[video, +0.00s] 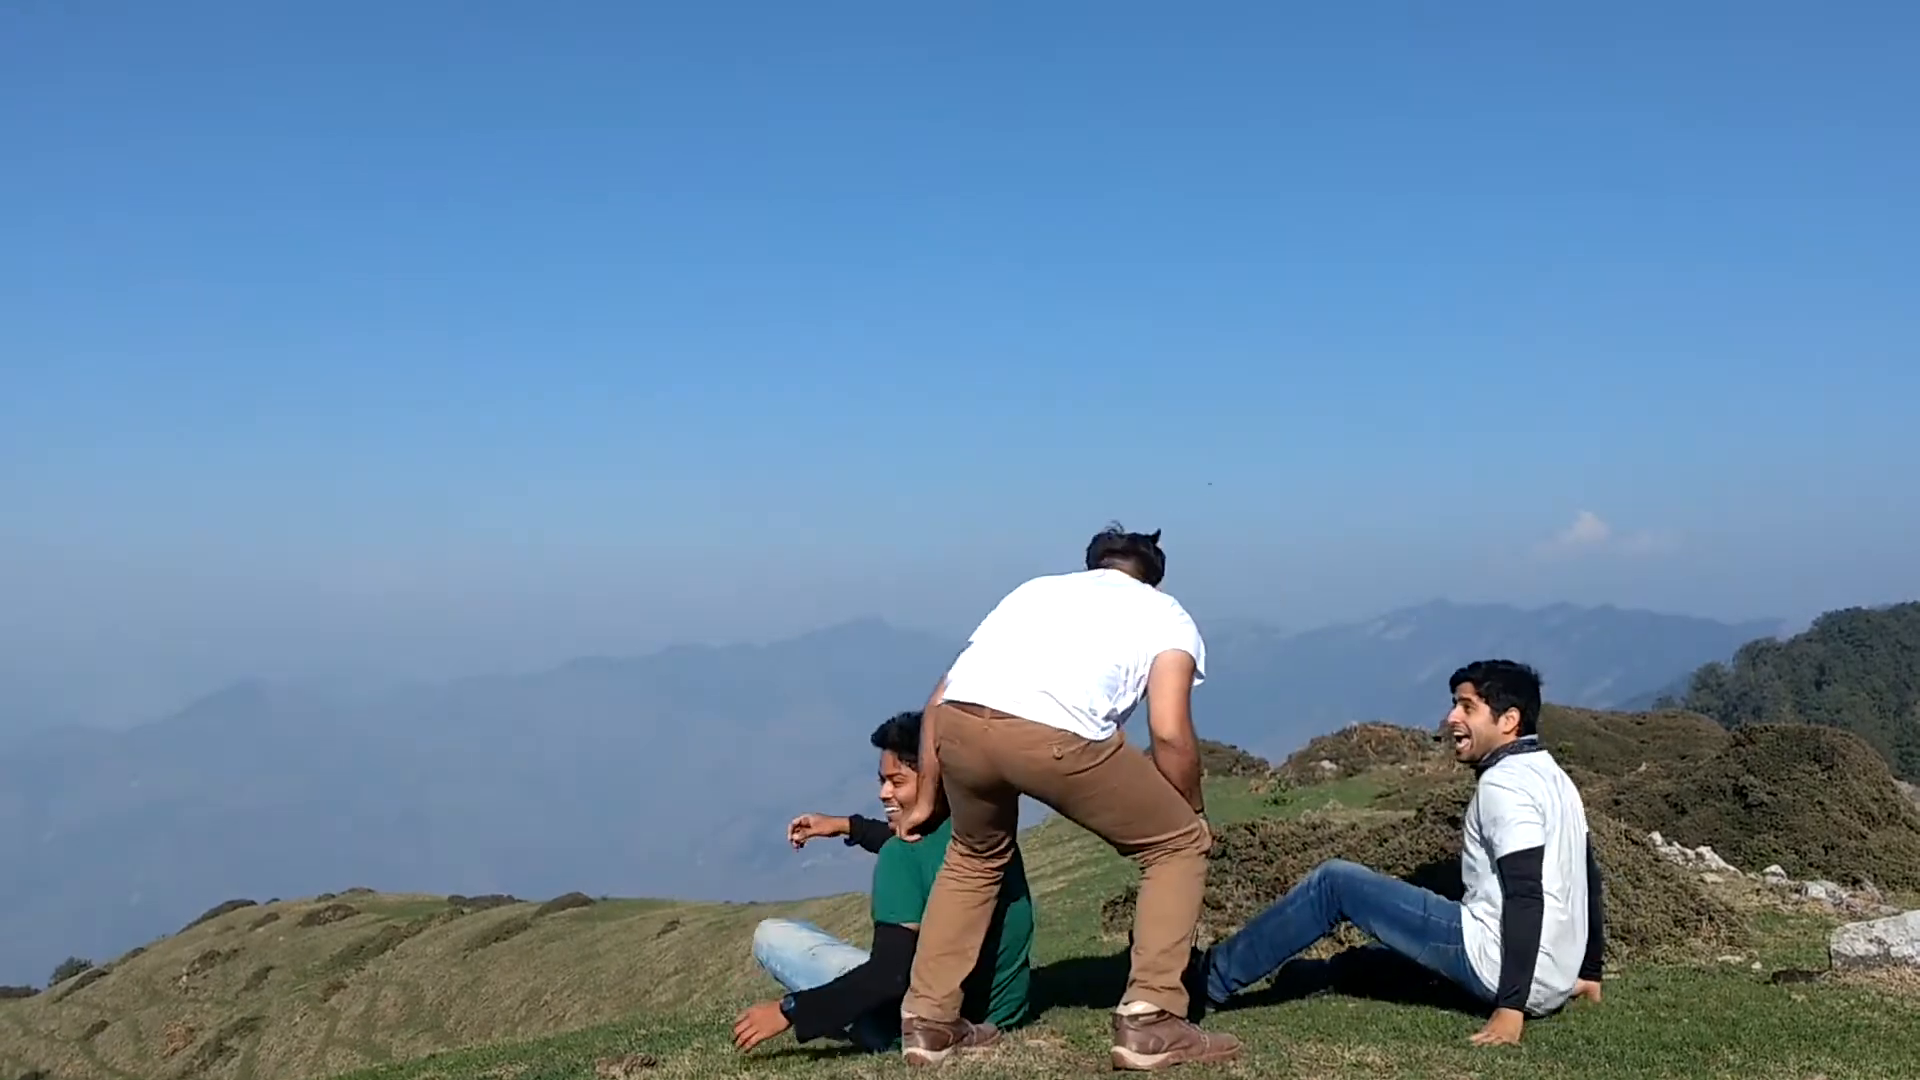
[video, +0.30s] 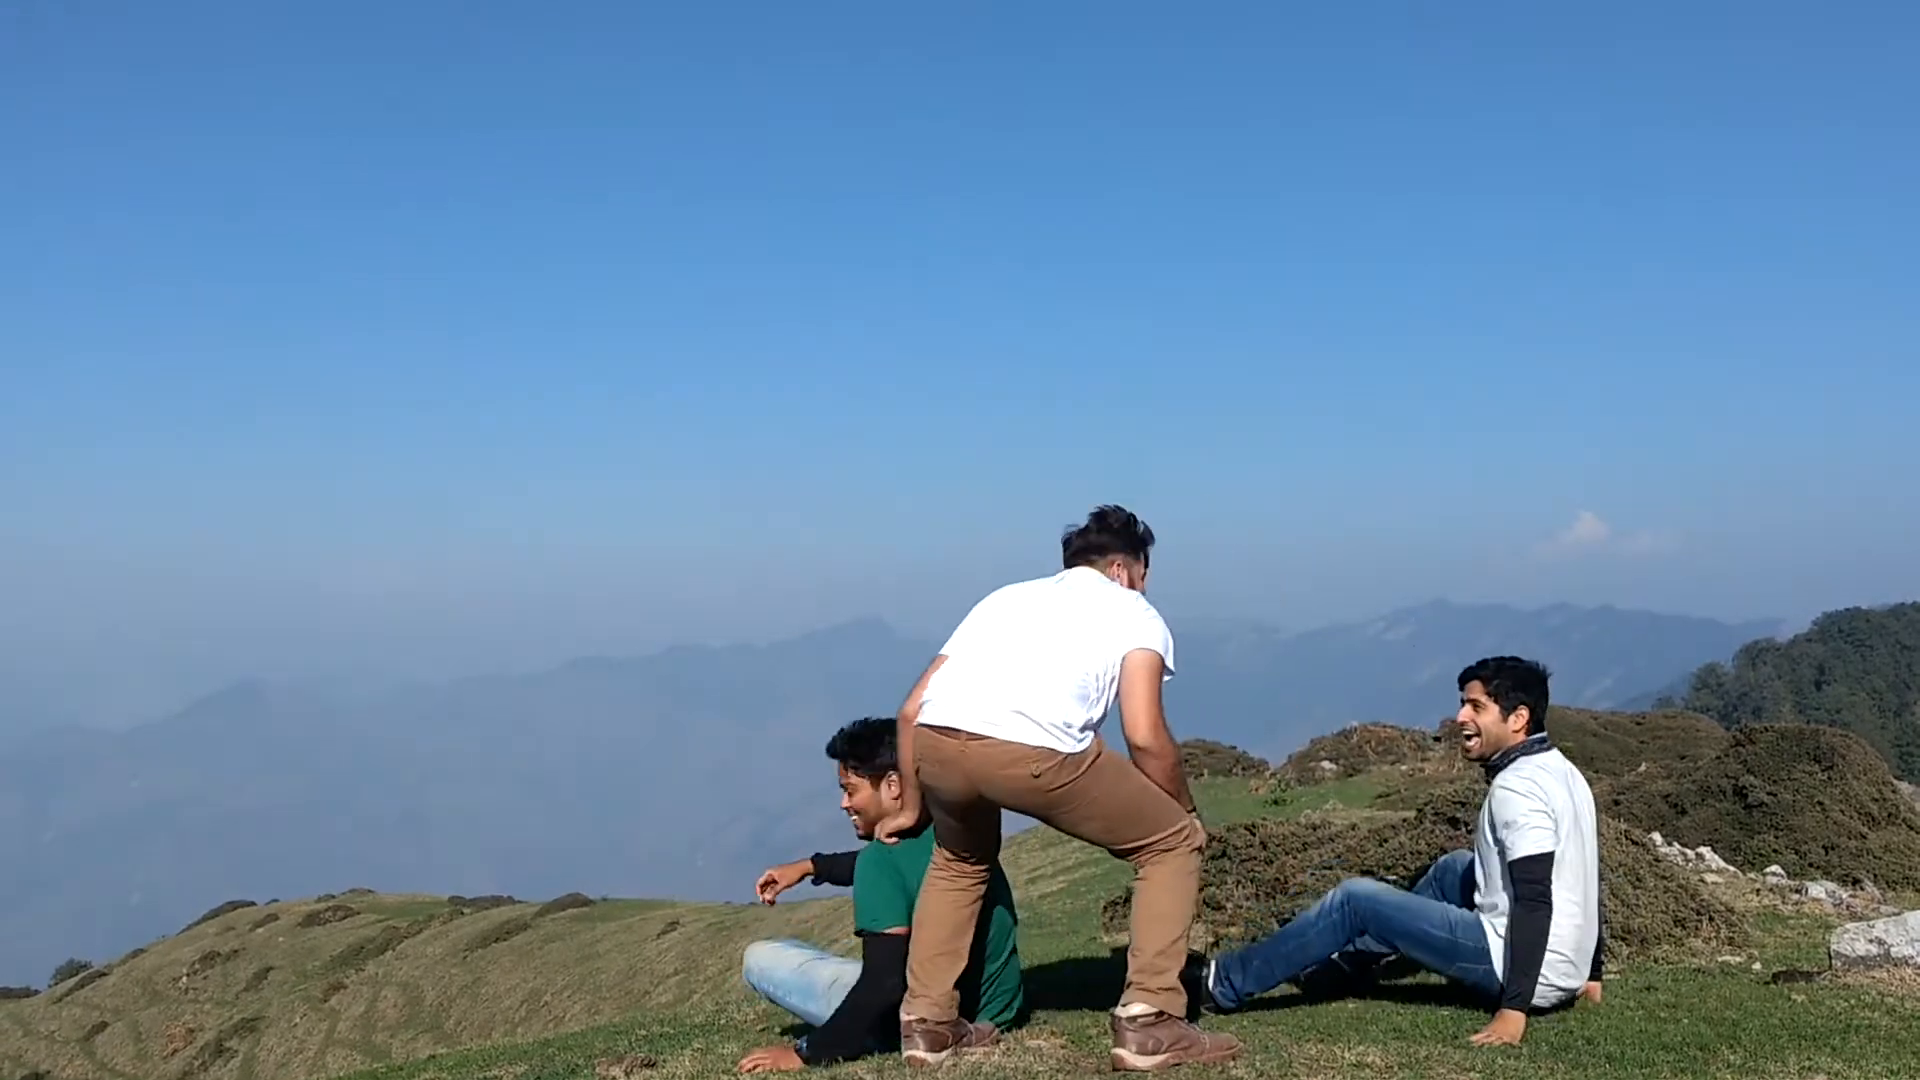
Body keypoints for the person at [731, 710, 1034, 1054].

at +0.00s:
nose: (884, 794)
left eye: (896, 781)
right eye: (883, 780)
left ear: (933, 778)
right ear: (940, 781)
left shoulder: (902, 852)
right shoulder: (986, 829)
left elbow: (890, 975)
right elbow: (916, 840)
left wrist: (789, 1011)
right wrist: (847, 827)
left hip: (937, 1023)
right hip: (1006, 1007)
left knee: (770, 933)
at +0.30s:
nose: (844, 804)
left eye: (850, 790)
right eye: (844, 790)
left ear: (892, 787)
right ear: (894, 786)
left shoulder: (879, 862)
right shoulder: (955, 831)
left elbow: (884, 984)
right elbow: (887, 860)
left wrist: (806, 1052)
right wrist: (810, 867)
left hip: (944, 1023)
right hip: (1001, 1003)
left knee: (759, 956)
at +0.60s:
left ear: (836, 796)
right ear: (905, 775)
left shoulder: (835, 854)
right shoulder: (946, 820)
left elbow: (850, 964)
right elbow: (902, 868)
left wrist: (807, 1053)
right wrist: (820, 891)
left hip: (905, 1030)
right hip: (996, 1009)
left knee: (761, 955)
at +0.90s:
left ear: (804, 801)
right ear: (868, 782)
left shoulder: (802, 847)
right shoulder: (915, 823)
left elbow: (828, 948)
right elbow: (893, 897)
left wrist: (805, 1055)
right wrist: (801, 919)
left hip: (887, 1028)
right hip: (979, 1004)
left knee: (747, 987)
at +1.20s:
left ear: (784, 805)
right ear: (845, 782)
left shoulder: (787, 843)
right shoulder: (888, 819)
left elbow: (821, 941)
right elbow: (877, 899)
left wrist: (803, 1054)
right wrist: (783, 932)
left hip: (877, 1026)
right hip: (955, 997)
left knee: (744, 993)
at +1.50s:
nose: (743, 844)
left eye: (738, 829)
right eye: (735, 833)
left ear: (768, 808)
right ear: (798, 799)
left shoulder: (781, 835)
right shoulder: (853, 816)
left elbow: (816, 932)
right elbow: (797, 913)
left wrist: (805, 1052)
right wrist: (715, 958)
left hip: (888, 1023)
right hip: (957, 993)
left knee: (744, 1002)